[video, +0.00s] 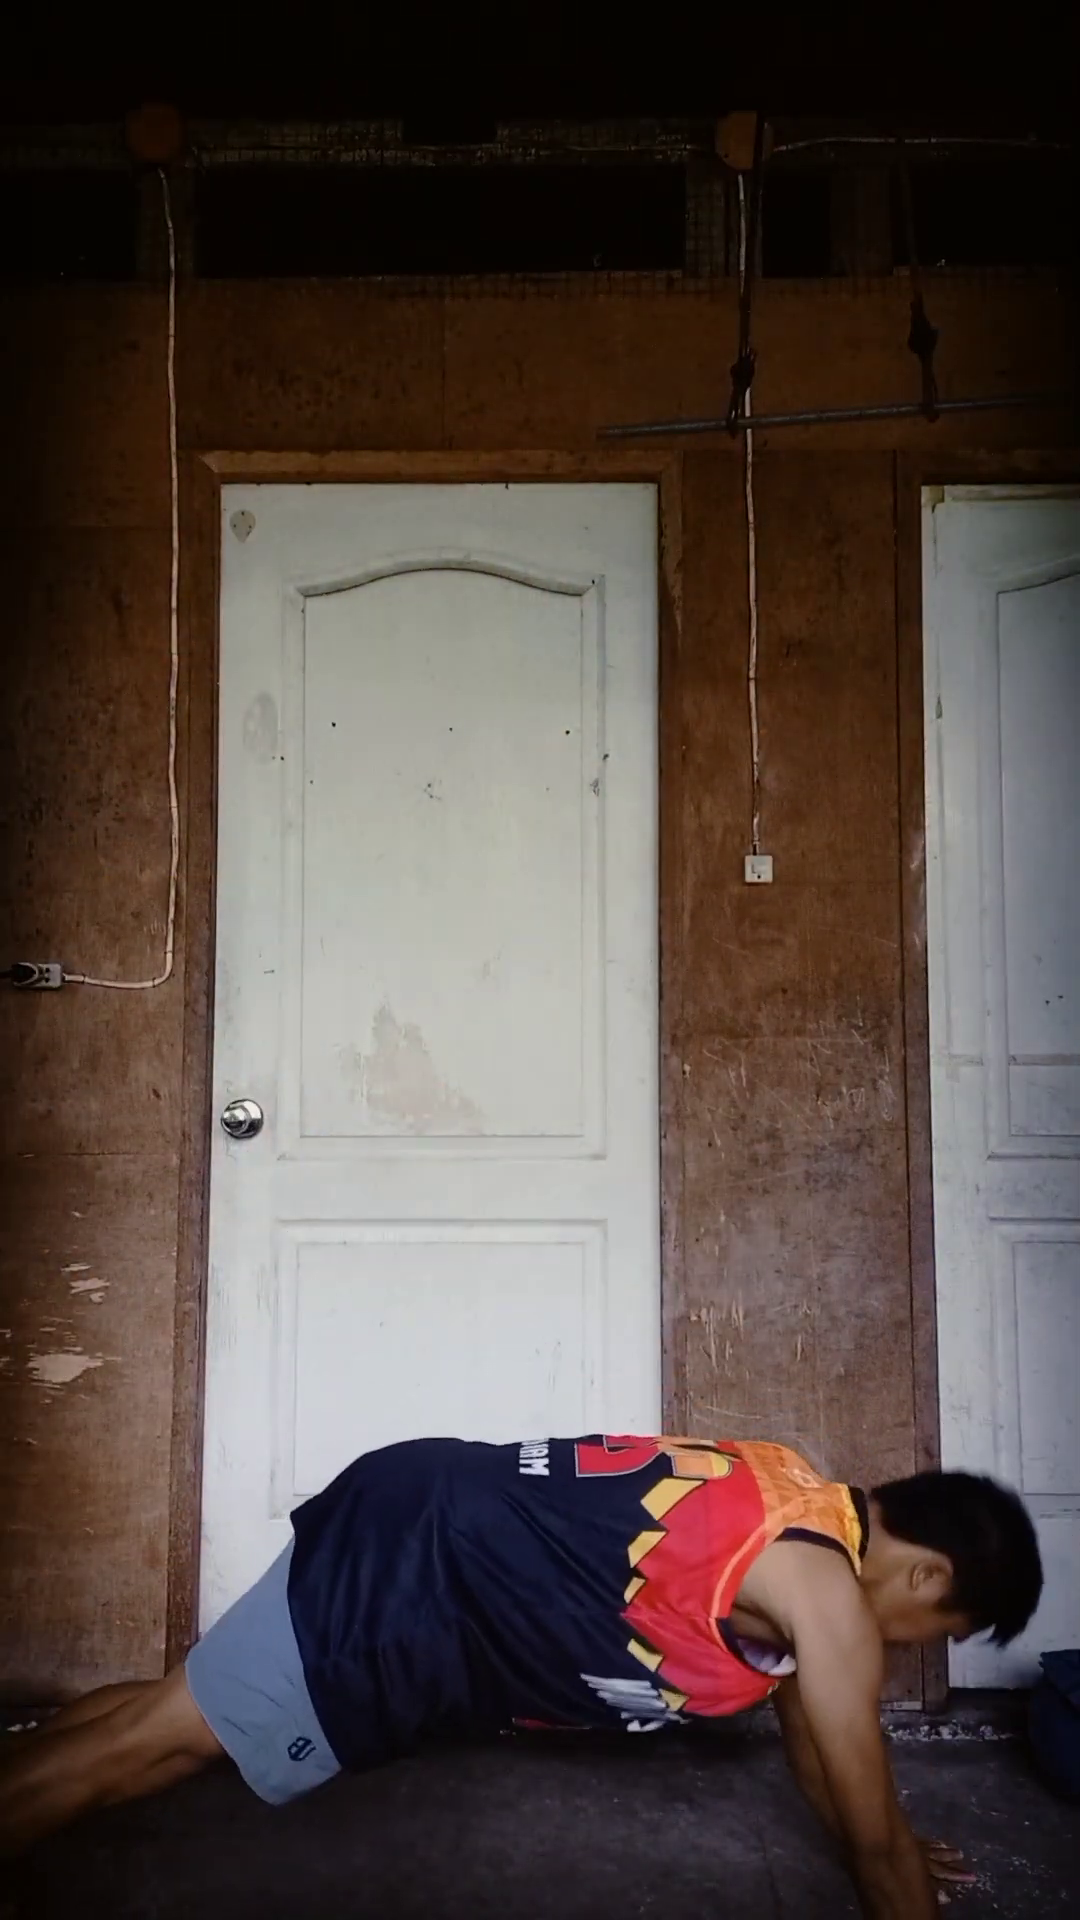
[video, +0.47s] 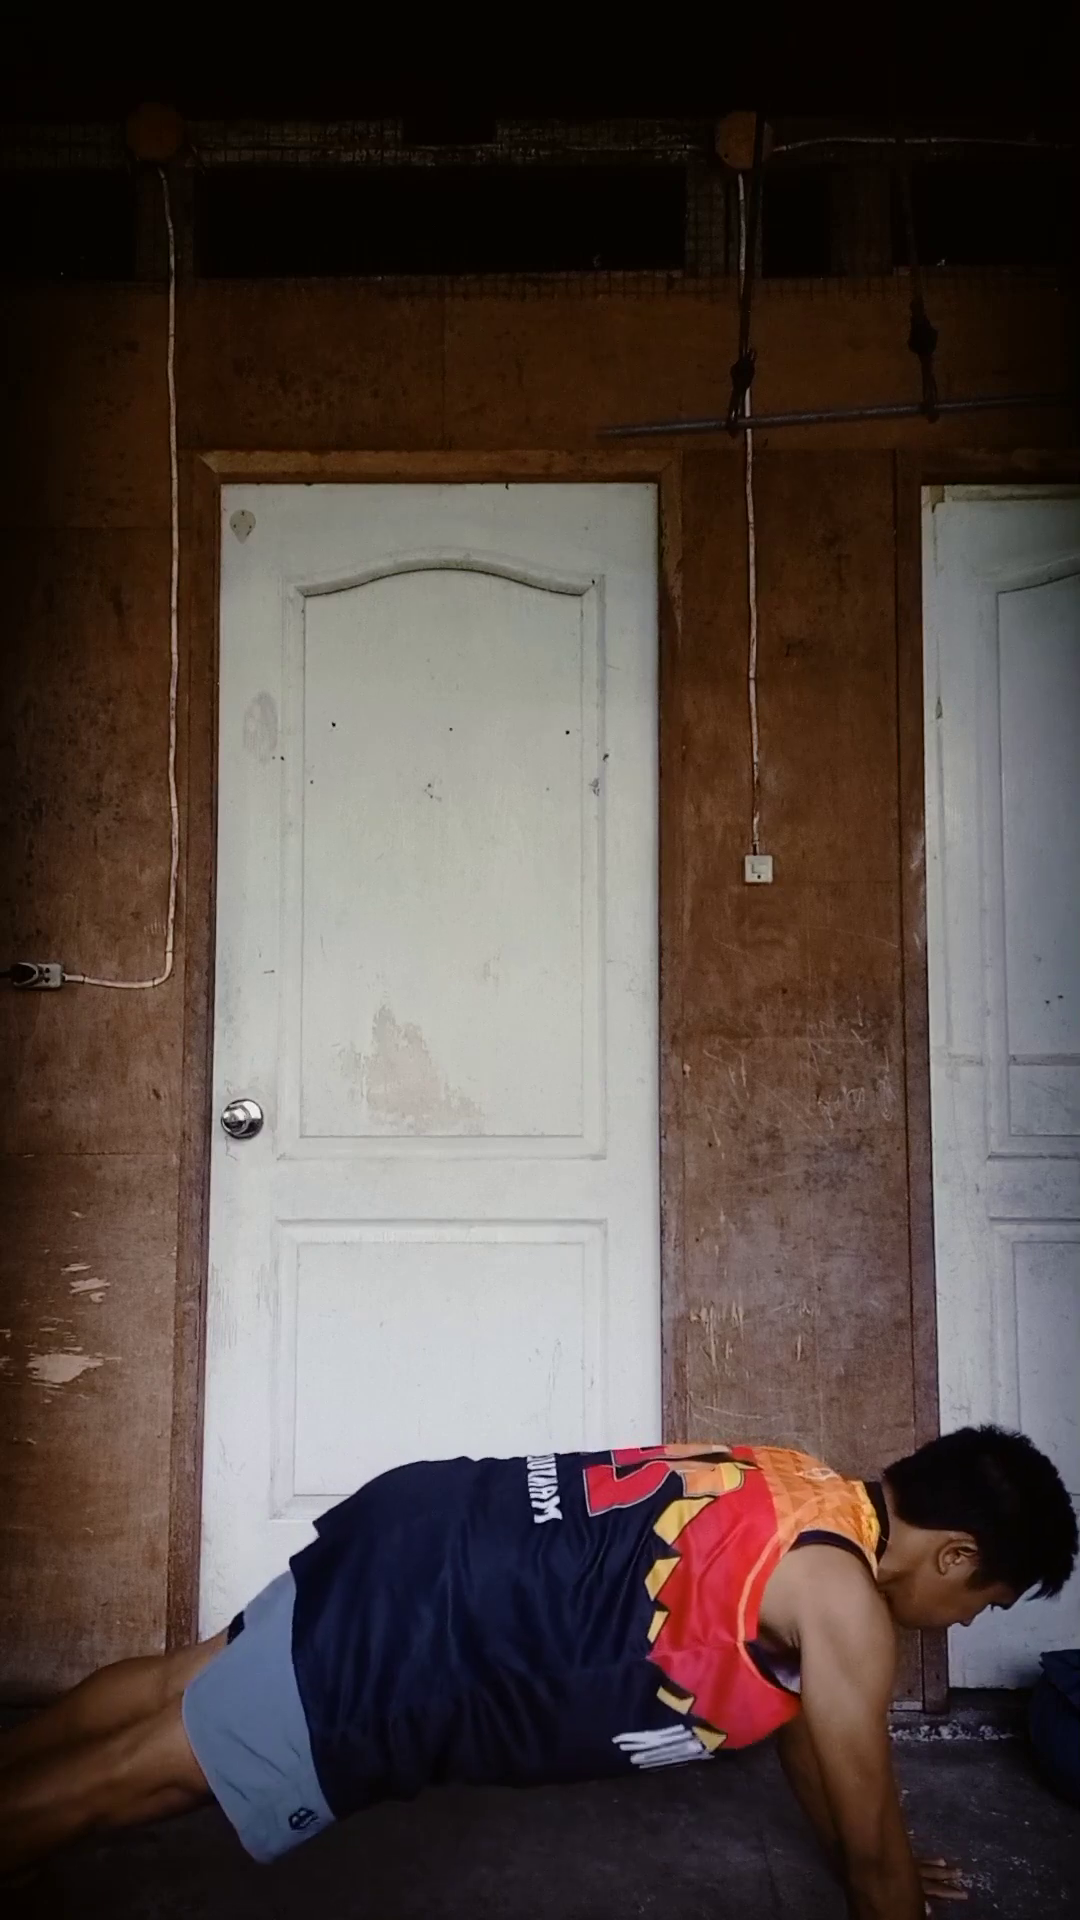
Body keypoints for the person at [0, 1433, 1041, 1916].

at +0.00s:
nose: (921, 1648)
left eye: (943, 1636)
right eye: (943, 1627)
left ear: (901, 1513)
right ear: (925, 1571)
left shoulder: (792, 1483)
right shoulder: (824, 1606)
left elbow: (808, 1720)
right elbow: (869, 1831)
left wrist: (882, 1836)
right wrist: (913, 1890)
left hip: (405, 1500)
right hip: (405, 1572)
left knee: (145, 1713)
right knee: (120, 1758)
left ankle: (35, 1763)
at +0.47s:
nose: (969, 1621)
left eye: (991, 1603)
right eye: (987, 1596)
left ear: (924, 1488)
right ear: (959, 1554)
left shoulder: (803, 1479)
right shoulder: (841, 1613)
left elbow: (810, 1721)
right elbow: (869, 1850)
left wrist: (892, 1852)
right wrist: (906, 1899)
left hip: (420, 1518)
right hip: (416, 1630)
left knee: (167, 1685)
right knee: (127, 1781)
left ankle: (6, 1773)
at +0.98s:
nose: (980, 1623)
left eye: (1001, 1606)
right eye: (996, 1599)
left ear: (931, 1492)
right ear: (964, 1557)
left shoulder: (810, 1483)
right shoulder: (851, 1617)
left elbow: (809, 1714)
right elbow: (864, 1865)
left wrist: (884, 1852)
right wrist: (905, 1896)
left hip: (437, 1537)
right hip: (438, 1644)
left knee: (192, 1688)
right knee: (143, 1787)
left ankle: (2, 1767)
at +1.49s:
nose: (985, 1625)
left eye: (1006, 1607)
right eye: (1000, 1601)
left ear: (938, 1498)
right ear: (965, 1555)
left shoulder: (820, 1481)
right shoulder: (852, 1619)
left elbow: (797, 1706)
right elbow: (866, 1877)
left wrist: (873, 1844)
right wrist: (911, 1893)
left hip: (450, 1544)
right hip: (447, 1649)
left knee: (197, 1693)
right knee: (143, 1789)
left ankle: (2, 1766)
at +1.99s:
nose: (995, 1632)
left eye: (1017, 1615)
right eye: (1012, 1609)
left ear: (945, 1500)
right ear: (974, 1561)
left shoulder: (825, 1487)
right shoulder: (860, 1621)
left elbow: (798, 1705)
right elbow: (866, 1879)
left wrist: (866, 1847)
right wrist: (905, 1889)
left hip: (459, 1561)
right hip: (454, 1671)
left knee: (205, 1696)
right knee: (155, 1796)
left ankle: (4, 1766)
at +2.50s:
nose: (996, 1632)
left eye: (1017, 1615)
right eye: (1012, 1609)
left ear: (945, 1498)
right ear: (977, 1563)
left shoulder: (822, 1486)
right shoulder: (866, 1620)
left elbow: (798, 1697)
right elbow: (869, 1874)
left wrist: (873, 1841)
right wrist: (910, 1895)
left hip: (457, 1566)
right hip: (455, 1680)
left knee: (211, 1699)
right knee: (152, 1802)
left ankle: (4, 1764)